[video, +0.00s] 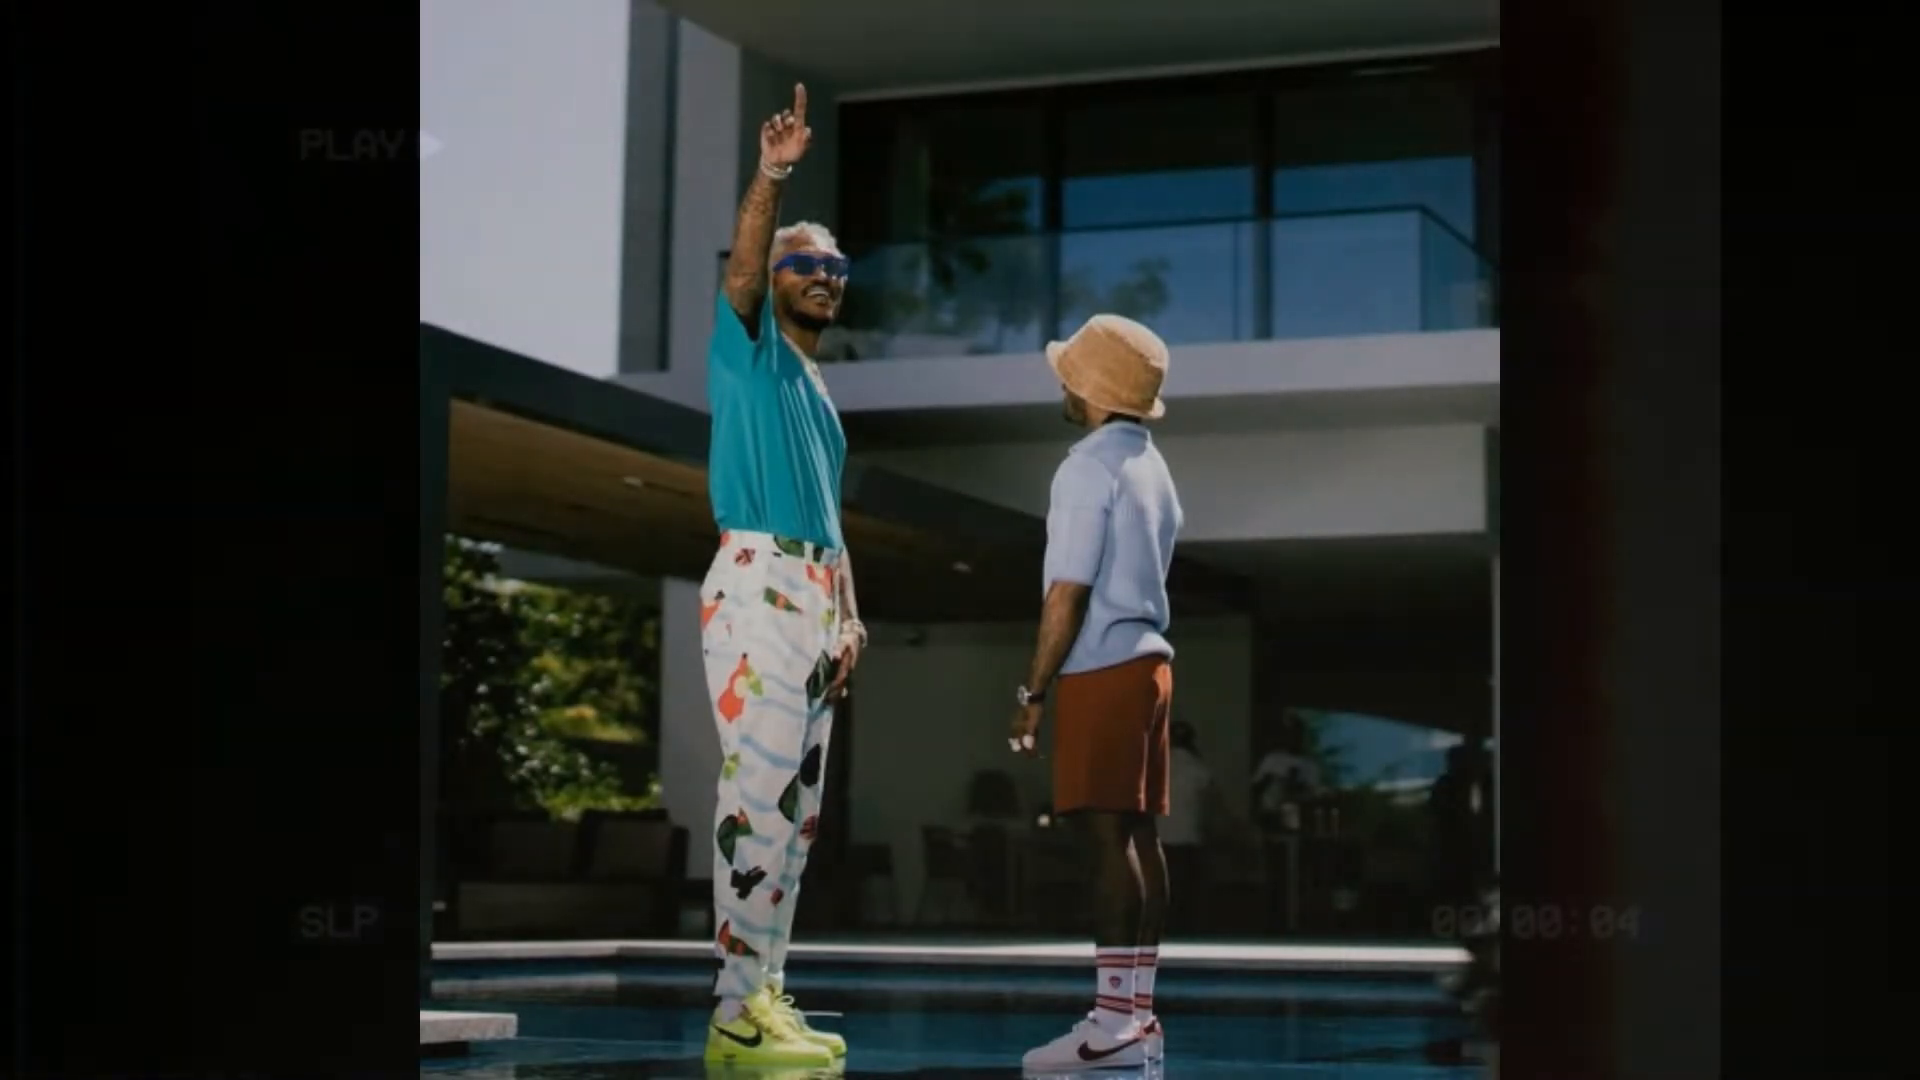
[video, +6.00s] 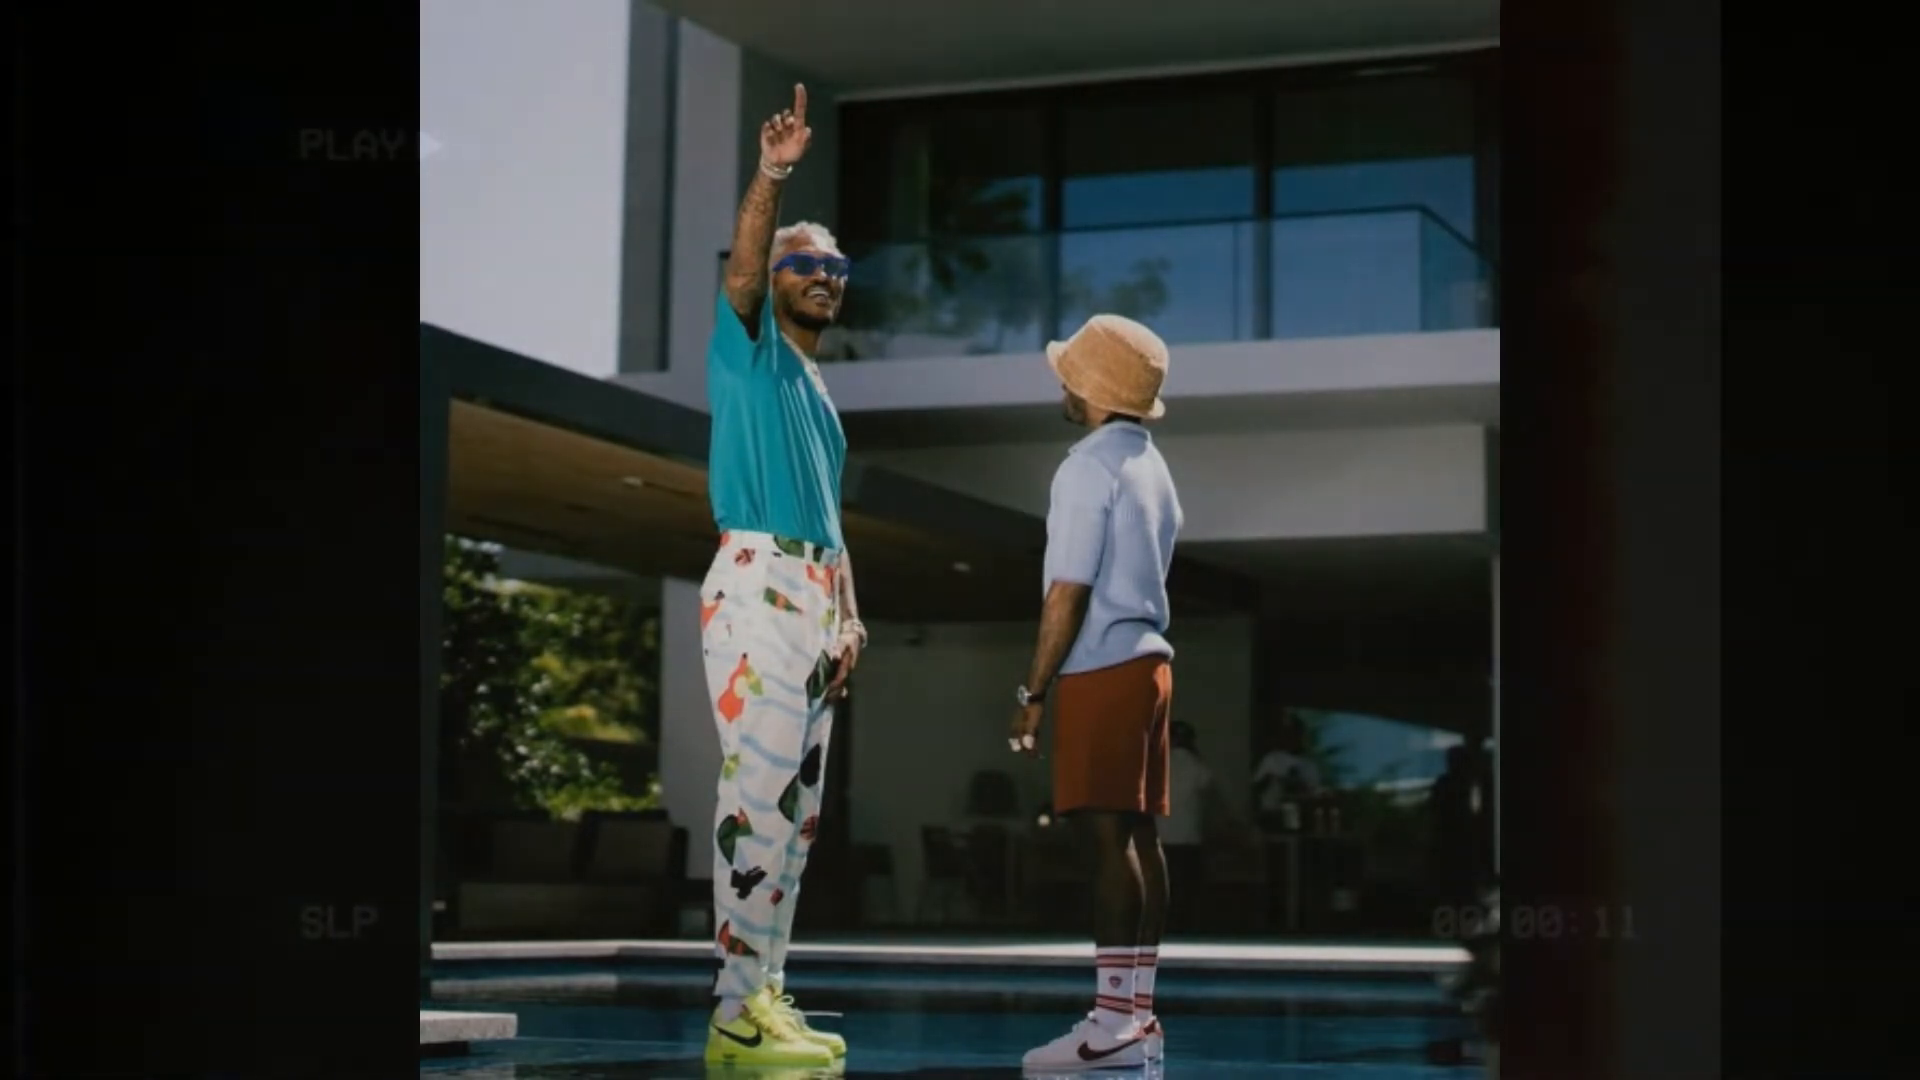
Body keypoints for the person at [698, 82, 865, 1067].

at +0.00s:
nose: (823, 281)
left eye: (834, 272)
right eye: (805, 267)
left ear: (842, 292)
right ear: (770, 278)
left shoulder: (820, 396)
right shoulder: (745, 344)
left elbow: (827, 522)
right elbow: (744, 267)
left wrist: (848, 613)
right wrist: (770, 173)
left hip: (814, 591)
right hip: (756, 582)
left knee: (793, 798)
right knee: (759, 792)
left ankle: (760, 1000)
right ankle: (745, 1006)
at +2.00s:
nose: (823, 283)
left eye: (834, 273)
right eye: (806, 268)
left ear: (841, 292)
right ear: (770, 278)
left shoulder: (818, 394)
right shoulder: (744, 343)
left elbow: (827, 520)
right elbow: (744, 267)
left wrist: (847, 612)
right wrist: (770, 173)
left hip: (813, 590)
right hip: (755, 581)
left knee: (793, 798)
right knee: (759, 793)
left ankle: (758, 1002)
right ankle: (745, 1007)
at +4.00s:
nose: (823, 283)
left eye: (834, 274)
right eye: (806, 268)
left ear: (841, 293)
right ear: (770, 278)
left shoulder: (818, 394)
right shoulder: (744, 343)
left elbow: (828, 520)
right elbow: (744, 268)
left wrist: (847, 612)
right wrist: (769, 174)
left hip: (814, 589)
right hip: (756, 581)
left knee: (794, 798)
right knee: (759, 791)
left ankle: (756, 1003)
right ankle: (746, 1003)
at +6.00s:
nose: (823, 282)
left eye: (834, 273)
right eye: (806, 268)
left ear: (841, 293)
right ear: (770, 278)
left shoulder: (818, 395)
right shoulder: (744, 343)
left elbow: (827, 520)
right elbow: (743, 268)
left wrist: (847, 613)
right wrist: (770, 173)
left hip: (814, 590)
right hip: (756, 582)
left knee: (794, 798)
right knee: (758, 791)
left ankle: (757, 1002)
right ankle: (746, 1003)